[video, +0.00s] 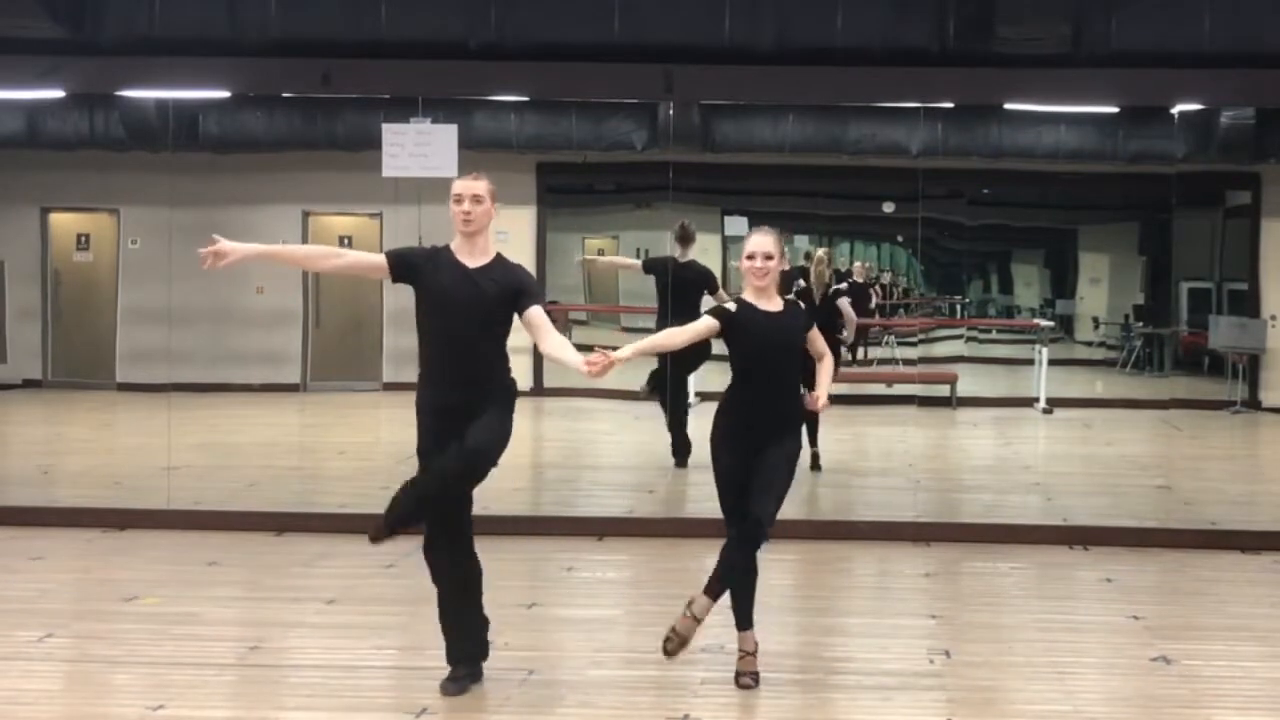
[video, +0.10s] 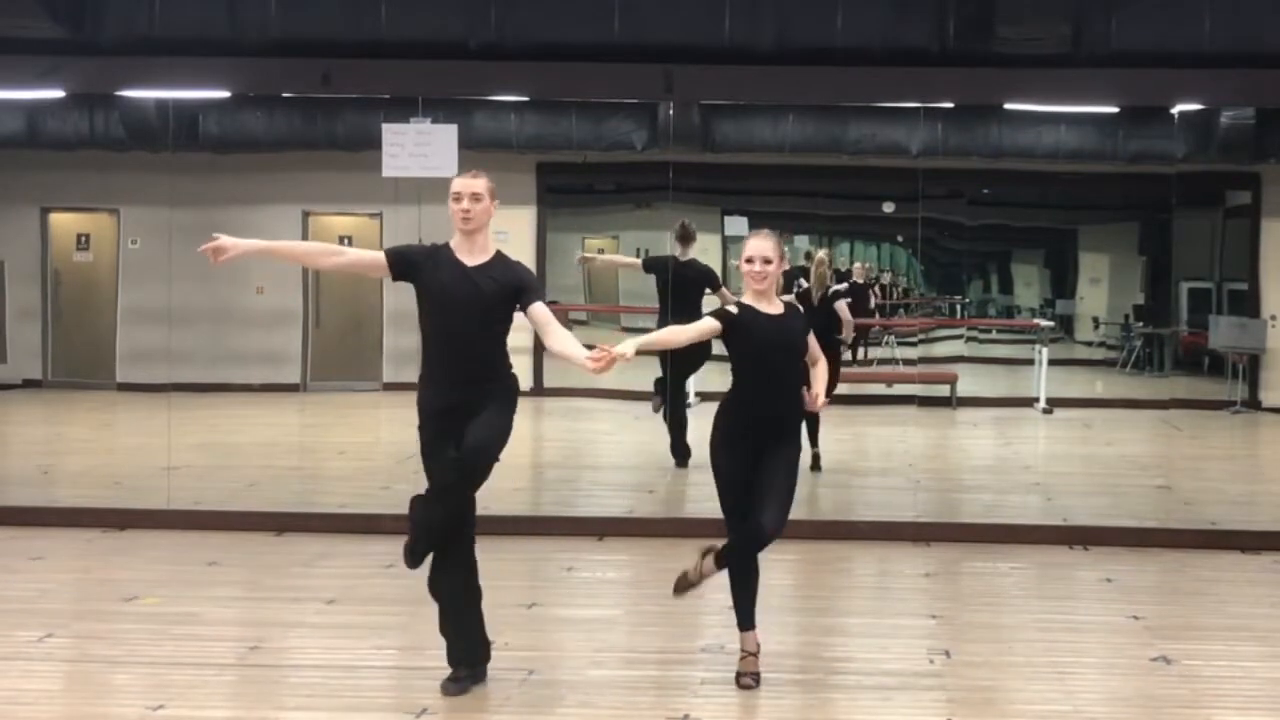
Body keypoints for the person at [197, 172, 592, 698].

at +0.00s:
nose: (466, 208)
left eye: (476, 200)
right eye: (459, 200)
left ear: (494, 209)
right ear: (449, 208)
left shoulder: (513, 277)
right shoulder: (423, 262)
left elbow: (547, 336)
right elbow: (334, 257)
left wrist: (582, 360)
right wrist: (248, 251)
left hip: (490, 404)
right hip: (437, 407)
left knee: (475, 456)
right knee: (449, 540)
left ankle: (403, 510)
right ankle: (466, 657)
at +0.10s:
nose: (467, 206)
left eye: (477, 198)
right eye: (459, 198)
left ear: (494, 207)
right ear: (448, 206)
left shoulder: (514, 274)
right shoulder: (422, 259)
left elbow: (551, 332)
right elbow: (332, 257)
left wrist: (585, 356)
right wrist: (251, 247)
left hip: (493, 397)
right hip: (439, 401)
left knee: (474, 457)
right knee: (456, 525)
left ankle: (427, 525)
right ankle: (468, 657)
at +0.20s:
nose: (465, 205)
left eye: (475, 197)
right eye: (458, 197)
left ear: (493, 207)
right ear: (448, 206)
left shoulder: (513, 273)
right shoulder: (420, 259)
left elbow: (552, 330)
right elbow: (336, 252)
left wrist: (587, 355)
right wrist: (256, 238)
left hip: (495, 399)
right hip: (441, 405)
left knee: (481, 457)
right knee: (458, 536)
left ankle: (425, 518)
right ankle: (473, 657)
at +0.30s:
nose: (466, 206)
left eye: (475, 199)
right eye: (458, 199)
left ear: (493, 208)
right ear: (448, 207)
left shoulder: (512, 274)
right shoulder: (422, 261)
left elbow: (554, 327)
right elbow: (345, 254)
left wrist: (594, 357)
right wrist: (284, 238)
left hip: (495, 400)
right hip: (442, 406)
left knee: (484, 462)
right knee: (459, 536)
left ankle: (428, 521)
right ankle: (473, 656)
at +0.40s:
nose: (465, 208)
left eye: (475, 200)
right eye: (458, 200)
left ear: (493, 210)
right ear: (448, 209)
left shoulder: (514, 275)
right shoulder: (424, 266)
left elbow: (562, 327)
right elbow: (347, 285)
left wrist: (601, 360)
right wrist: (330, 263)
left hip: (494, 405)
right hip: (440, 410)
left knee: (480, 470)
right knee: (458, 532)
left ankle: (423, 522)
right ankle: (474, 656)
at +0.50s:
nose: (464, 216)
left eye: (474, 208)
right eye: (457, 208)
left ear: (494, 218)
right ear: (447, 218)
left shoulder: (516, 277)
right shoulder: (426, 278)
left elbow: (572, 328)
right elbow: (366, 332)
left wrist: (605, 362)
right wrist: (344, 276)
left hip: (492, 408)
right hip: (438, 411)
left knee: (461, 476)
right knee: (450, 524)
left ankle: (418, 577)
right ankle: (474, 655)